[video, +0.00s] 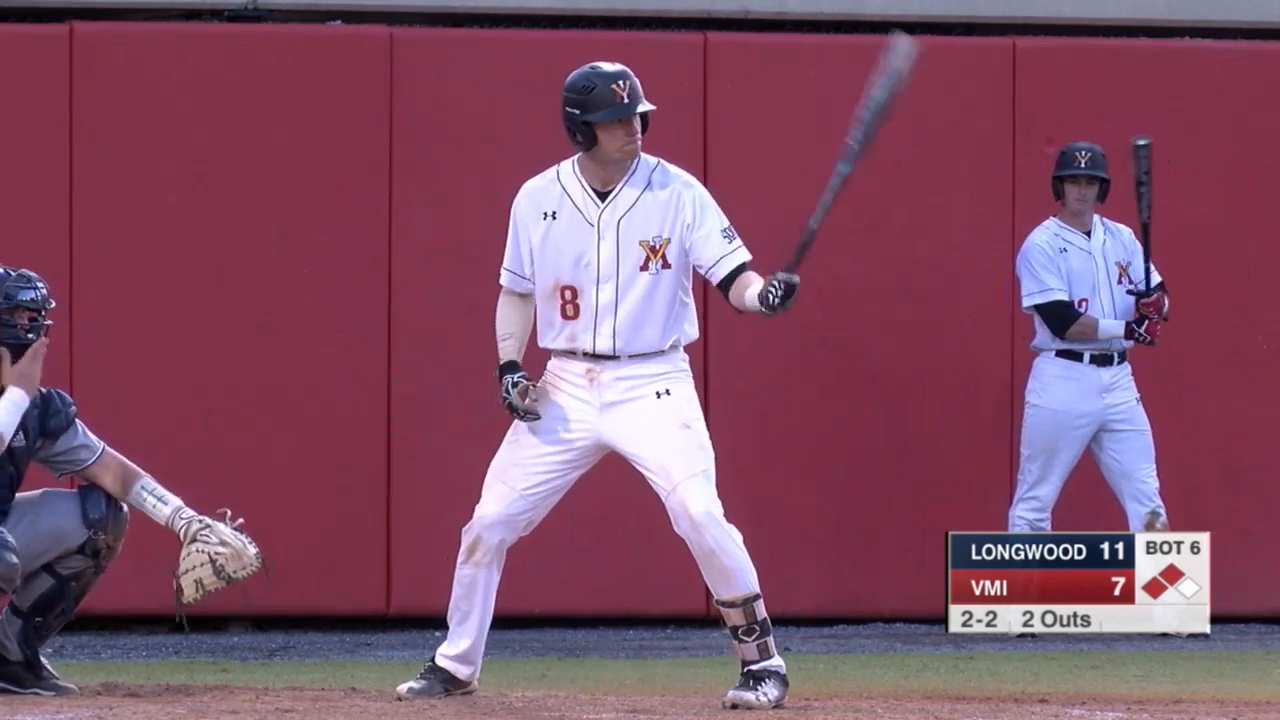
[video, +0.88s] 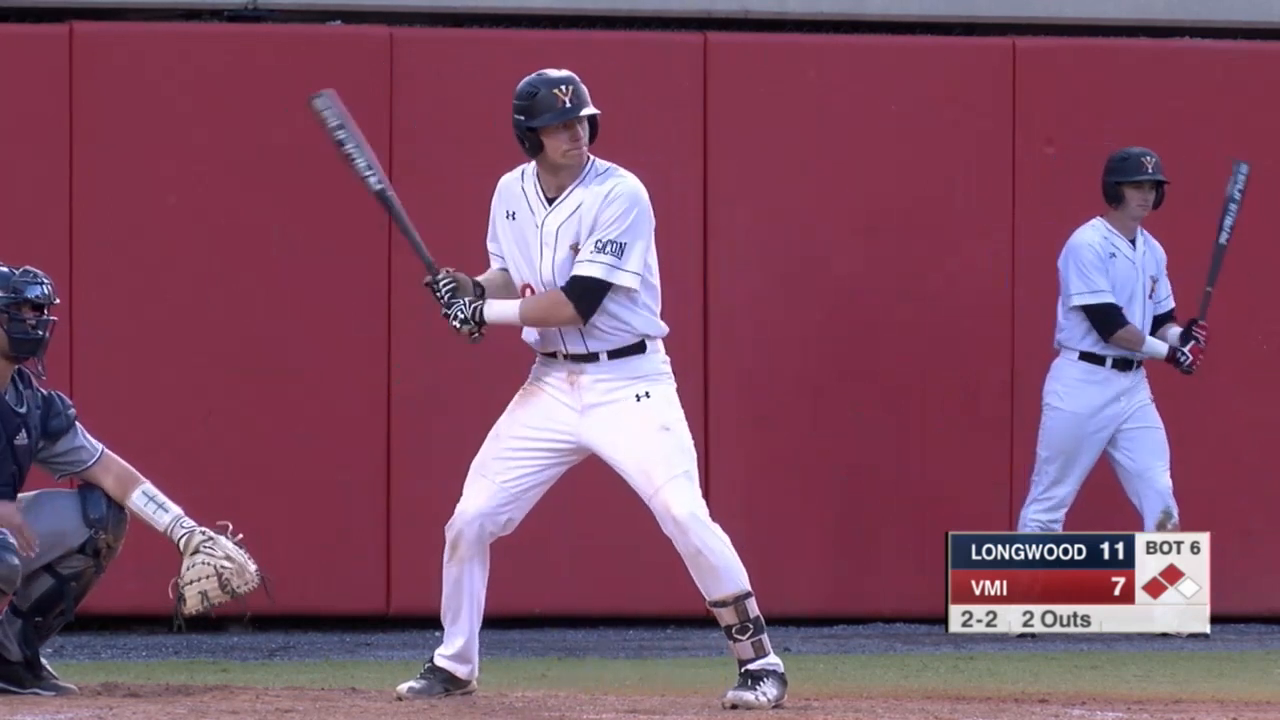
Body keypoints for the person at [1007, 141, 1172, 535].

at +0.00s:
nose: (1081, 191)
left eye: (1089, 182)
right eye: (1073, 182)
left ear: (1101, 187)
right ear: (1059, 186)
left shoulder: (1122, 238)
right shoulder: (1040, 245)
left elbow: (1154, 290)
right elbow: (1063, 324)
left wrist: (1154, 304)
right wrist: (1127, 330)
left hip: (1118, 382)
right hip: (1062, 381)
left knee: (1147, 504)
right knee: (1035, 503)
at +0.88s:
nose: (1147, 195)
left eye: (1152, 187)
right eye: (1138, 186)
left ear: (1158, 193)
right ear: (1115, 189)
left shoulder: (1152, 251)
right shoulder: (1086, 244)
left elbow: (1159, 321)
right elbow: (1110, 326)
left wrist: (1180, 336)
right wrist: (1166, 352)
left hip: (1132, 388)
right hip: (1080, 384)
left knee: (1160, 502)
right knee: (1048, 504)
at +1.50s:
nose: (1198, 209)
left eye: (1203, 201)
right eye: (1189, 200)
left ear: (1207, 206)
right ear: (1163, 203)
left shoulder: (1192, 257)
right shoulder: (1130, 259)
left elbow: (1185, 323)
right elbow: (1115, 345)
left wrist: (1208, 364)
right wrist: (1138, 411)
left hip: (1147, 386)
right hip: (1099, 382)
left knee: (1171, 495)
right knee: (1060, 484)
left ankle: (1179, 592)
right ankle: (1000, 576)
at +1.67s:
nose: (1175, 215)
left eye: (1179, 207)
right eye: (1165, 207)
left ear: (1183, 212)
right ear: (1140, 210)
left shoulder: (1174, 264)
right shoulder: (1102, 266)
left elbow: (1172, 330)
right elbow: (1078, 348)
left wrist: (1189, 369)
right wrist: (1080, 408)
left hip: (1135, 398)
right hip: (1081, 391)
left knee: (1165, 505)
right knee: (1047, 496)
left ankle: (1171, 609)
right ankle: (992, 591)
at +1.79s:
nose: (1147, 218)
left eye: (1153, 210)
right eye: (1138, 210)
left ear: (1158, 216)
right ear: (1114, 213)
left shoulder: (1154, 266)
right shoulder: (1074, 268)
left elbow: (1156, 329)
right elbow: (1043, 339)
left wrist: (1167, 369)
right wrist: (1024, 394)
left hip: (1118, 401)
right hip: (1062, 395)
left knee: (1151, 505)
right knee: (1038, 497)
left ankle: (1165, 606)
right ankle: (991, 594)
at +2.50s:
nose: (1166, 225)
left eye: (1170, 217)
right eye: (1156, 217)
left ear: (1174, 223)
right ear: (1131, 221)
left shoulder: (1168, 274)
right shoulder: (1091, 275)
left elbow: (1169, 335)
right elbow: (1068, 357)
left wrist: (1180, 378)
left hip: (1128, 402)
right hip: (1072, 396)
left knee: (1160, 508)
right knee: (1047, 498)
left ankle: (1171, 608)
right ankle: (994, 590)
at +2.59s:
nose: (1180, 226)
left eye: (1185, 218)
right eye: (1171, 218)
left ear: (1188, 224)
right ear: (1146, 221)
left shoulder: (1181, 275)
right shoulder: (1108, 275)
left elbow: (1183, 340)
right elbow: (1098, 361)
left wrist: (1193, 384)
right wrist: (1141, 411)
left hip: (1138, 404)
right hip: (1084, 399)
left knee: (1167, 507)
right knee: (1055, 499)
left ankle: (1177, 608)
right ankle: (996, 592)